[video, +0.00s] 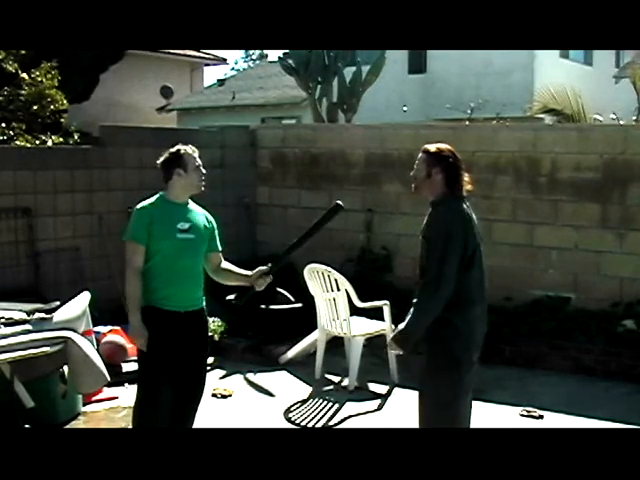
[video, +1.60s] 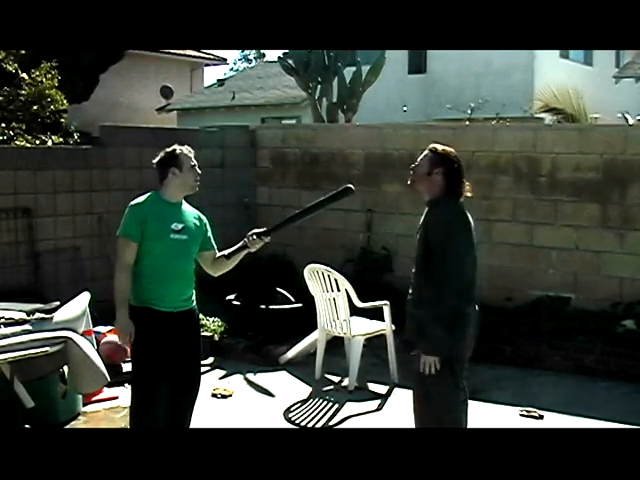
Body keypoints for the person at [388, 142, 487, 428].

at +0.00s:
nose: (413, 177)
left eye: (418, 171)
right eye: (414, 170)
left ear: (437, 175)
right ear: (438, 175)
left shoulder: (447, 217)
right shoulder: (452, 212)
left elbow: (437, 287)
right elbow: (437, 285)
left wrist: (405, 335)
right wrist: (408, 330)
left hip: (451, 336)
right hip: (455, 334)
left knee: (439, 415)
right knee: (446, 413)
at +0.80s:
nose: (413, 175)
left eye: (420, 170)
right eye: (416, 168)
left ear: (437, 177)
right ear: (438, 178)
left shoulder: (443, 216)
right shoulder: (449, 212)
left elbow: (436, 283)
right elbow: (437, 280)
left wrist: (413, 338)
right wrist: (415, 323)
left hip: (447, 332)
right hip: (451, 329)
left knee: (437, 409)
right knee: (443, 407)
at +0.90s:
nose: (414, 167)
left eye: (422, 164)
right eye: (418, 162)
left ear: (438, 176)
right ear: (437, 177)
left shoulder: (444, 212)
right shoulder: (444, 209)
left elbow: (435, 277)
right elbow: (440, 273)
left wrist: (404, 319)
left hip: (447, 326)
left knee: (436, 404)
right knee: (444, 402)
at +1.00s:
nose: (413, 169)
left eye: (421, 166)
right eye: (418, 164)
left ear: (439, 177)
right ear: (438, 177)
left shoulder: (451, 209)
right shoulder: (437, 207)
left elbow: (432, 248)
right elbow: (414, 240)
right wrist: (406, 261)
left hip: (449, 328)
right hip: (436, 323)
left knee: (437, 404)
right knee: (436, 401)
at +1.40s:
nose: (414, 171)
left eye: (420, 166)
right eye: (417, 165)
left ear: (438, 177)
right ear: (438, 177)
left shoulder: (449, 212)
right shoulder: (441, 210)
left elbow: (442, 262)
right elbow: (420, 251)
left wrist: (402, 276)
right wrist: (396, 270)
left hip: (445, 321)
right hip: (435, 317)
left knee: (439, 394)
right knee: (432, 391)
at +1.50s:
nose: (413, 173)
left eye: (420, 167)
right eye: (416, 166)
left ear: (438, 175)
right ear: (437, 176)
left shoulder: (447, 216)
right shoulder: (442, 213)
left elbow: (435, 279)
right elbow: (427, 276)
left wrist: (408, 319)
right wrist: (406, 315)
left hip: (444, 324)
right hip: (442, 321)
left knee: (436, 399)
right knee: (439, 396)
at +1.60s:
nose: (412, 169)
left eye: (418, 165)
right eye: (415, 163)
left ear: (436, 177)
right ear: (435, 177)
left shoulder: (446, 219)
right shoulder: (442, 214)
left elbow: (445, 288)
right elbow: (440, 285)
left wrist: (433, 344)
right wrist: (426, 338)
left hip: (441, 339)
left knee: (438, 414)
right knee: (437, 413)